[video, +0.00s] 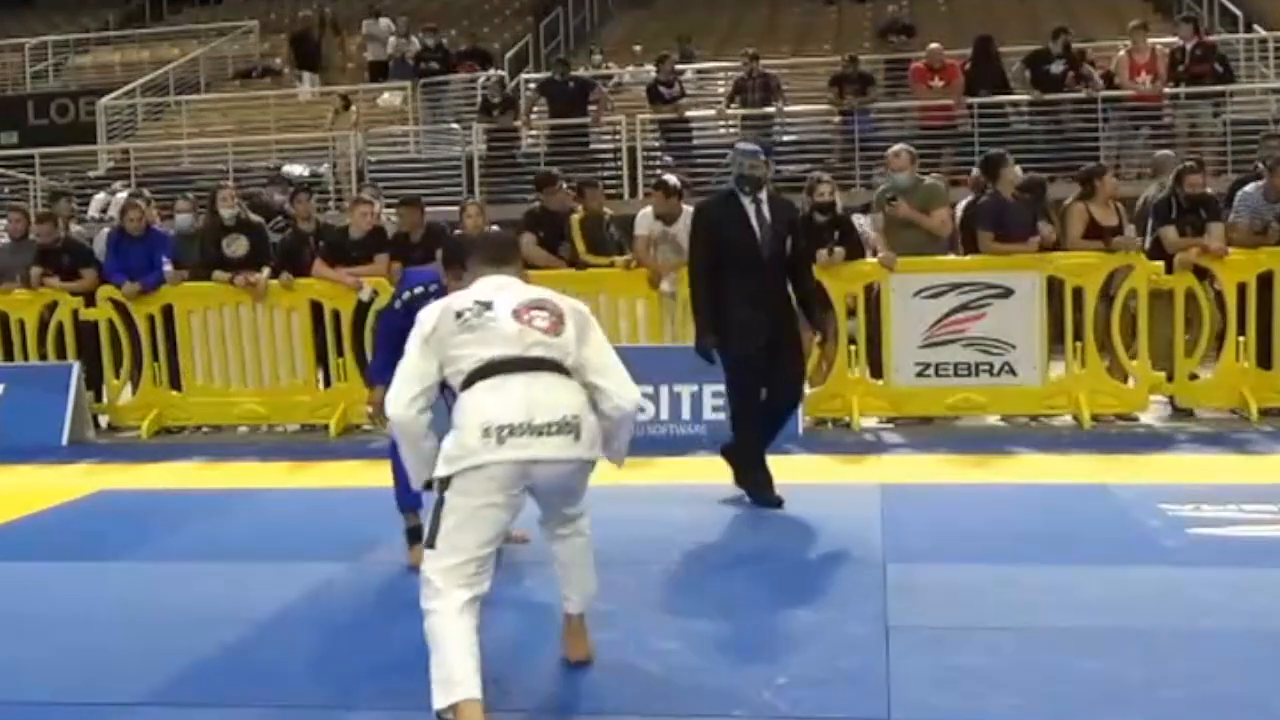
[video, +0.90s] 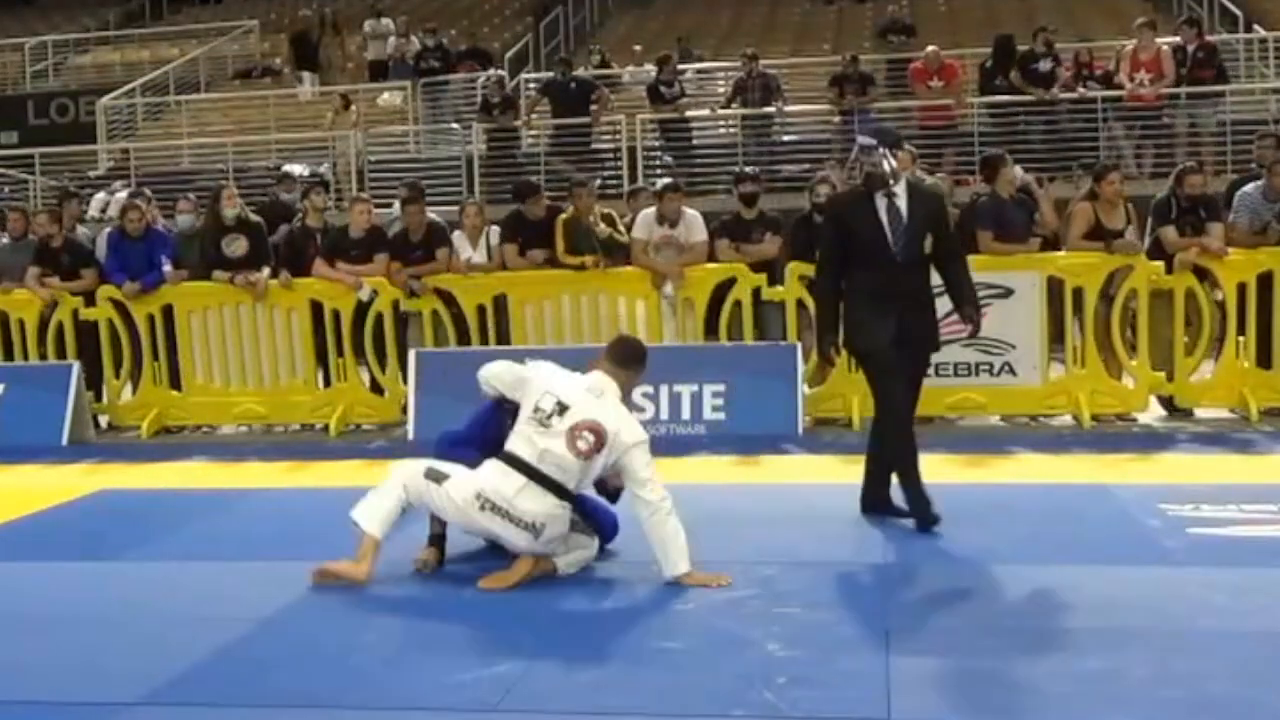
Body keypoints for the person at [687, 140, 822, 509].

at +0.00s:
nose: (751, 172)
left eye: (757, 165)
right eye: (745, 164)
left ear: (768, 169)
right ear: (733, 167)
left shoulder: (785, 210)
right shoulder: (710, 213)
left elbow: (800, 268)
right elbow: (700, 274)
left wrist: (817, 311)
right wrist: (704, 328)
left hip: (778, 315)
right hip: (735, 318)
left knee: (788, 393)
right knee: (745, 399)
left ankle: (742, 451)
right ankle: (759, 486)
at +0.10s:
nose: (763, 168)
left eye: (769, 162)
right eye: (757, 161)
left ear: (779, 166)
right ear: (744, 164)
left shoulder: (795, 209)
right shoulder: (720, 210)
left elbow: (809, 271)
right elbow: (712, 273)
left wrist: (828, 322)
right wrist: (723, 326)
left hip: (789, 322)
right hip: (745, 323)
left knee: (810, 391)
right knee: (751, 408)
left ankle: (776, 464)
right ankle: (759, 487)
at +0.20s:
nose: (777, 164)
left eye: (783, 158)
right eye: (770, 157)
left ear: (793, 164)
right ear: (757, 162)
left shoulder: (803, 208)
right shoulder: (731, 209)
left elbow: (816, 267)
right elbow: (725, 269)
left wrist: (832, 318)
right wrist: (742, 319)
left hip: (804, 322)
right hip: (758, 324)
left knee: (825, 394)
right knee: (757, 406)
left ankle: (822, 481)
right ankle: (760, 487)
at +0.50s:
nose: (824, 166)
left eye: (830, 159)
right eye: (817, 159)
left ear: (842, 164)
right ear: (804, 163)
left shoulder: (858, 207)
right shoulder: (785, 207)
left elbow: (869, 267)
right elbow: (772, 271)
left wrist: (883, 322)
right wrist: (783, 324)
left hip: (855, 328)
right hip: (808, 329)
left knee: (860, 418)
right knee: (791, 412)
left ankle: (873, 496)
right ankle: (767, 489)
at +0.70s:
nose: (852, 157)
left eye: (859, 150)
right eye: (846, 150)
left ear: (875, 156)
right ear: (836, 156)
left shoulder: (895, 201)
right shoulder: (816, 201)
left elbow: (913, 260)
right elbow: (800, 268)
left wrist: (935, 314)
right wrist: (801, 328)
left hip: (886, 317)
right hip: (838, 318)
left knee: (880, 409)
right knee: (854, 399)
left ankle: (874, 495)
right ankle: (822, 467)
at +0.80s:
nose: (860, 163)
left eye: (867, 154)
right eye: (853, 155)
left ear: (887, 157)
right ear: (846, 162)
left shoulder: (910, 201)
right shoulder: (828, 206)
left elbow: (931, 256)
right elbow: (813, 273)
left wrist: (954, 306)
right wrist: (814, 331)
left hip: (900, 318)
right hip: (852, 320)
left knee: (892, 408)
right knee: (876, 403)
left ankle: (876, 489)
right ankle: (871, 491)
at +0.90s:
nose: (879, 168)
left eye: (886, 158)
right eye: (871, 160)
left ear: (904, 160)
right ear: (861, 164)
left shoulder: (929, 199)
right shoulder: (844, 208)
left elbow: (949, 256)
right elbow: (827, 277)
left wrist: (968, 303)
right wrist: (826, 337)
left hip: (917, 320)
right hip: (868, 322)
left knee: (896, 410)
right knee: (895, 409)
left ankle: (875, 494)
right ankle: (920, 503)